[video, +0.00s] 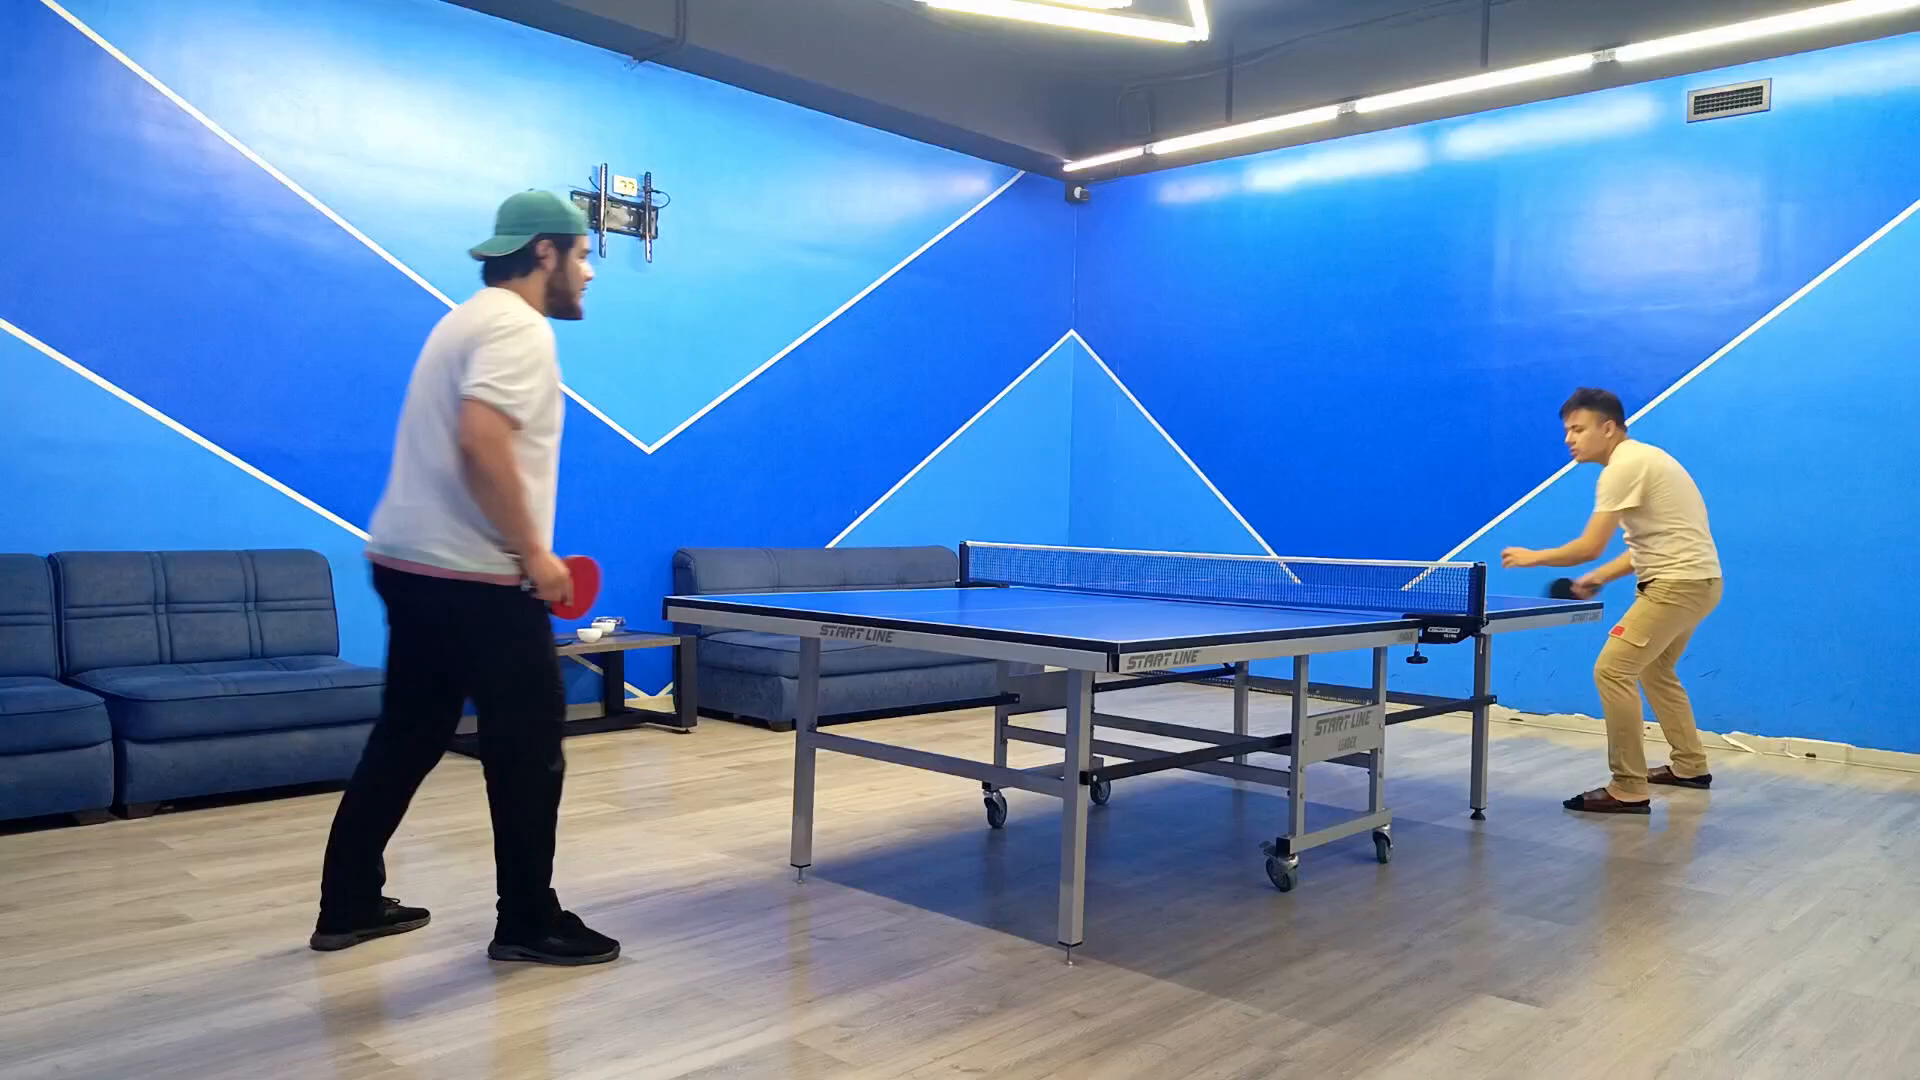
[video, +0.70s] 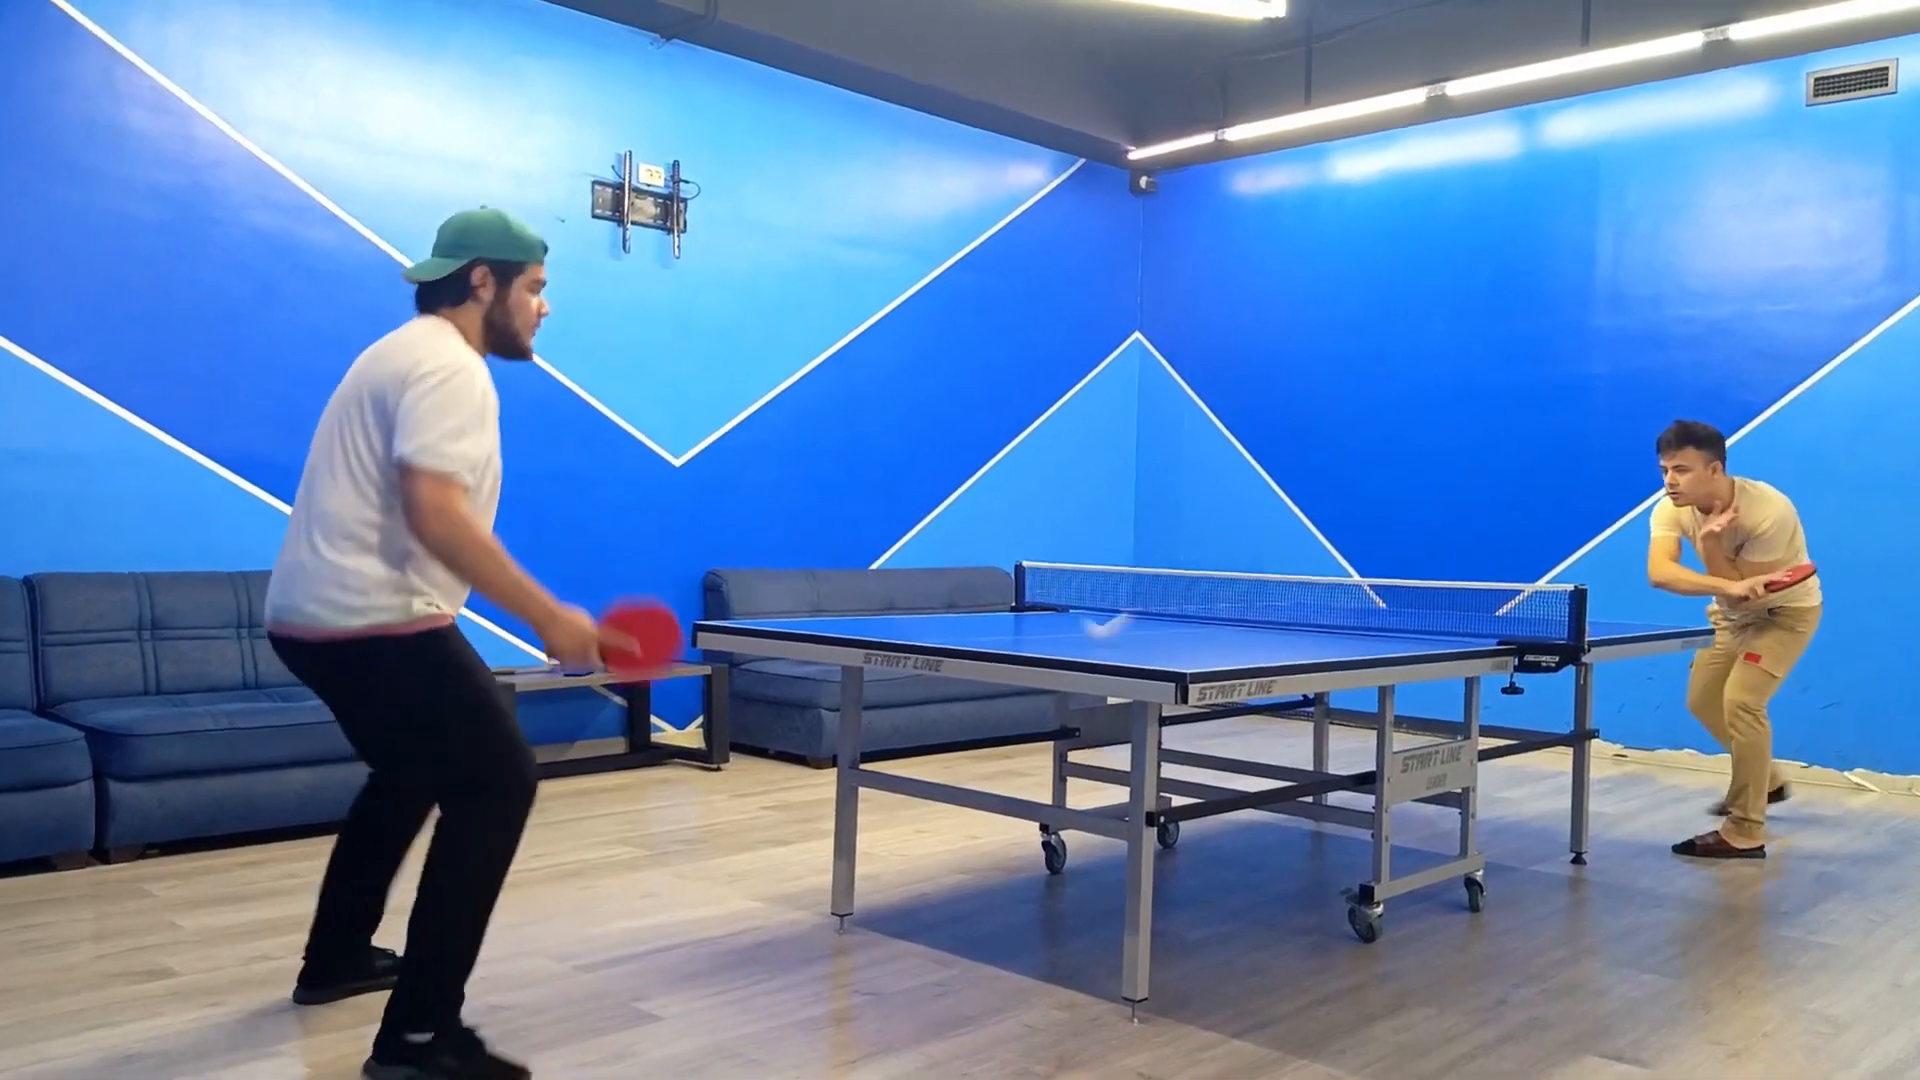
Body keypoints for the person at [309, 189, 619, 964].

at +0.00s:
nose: (589, 273)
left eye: (589, 258)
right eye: (583, 258)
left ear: (517, 259)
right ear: (543, 256)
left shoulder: (464, 320)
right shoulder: (518, 327)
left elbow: (449, 457)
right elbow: (481, 442)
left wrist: (533, 556)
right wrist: (536, 557)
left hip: (416, 570)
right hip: (478, 579)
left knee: (411, 734)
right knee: (528, 743)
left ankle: (347, 903)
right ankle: (529, 918)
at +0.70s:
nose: (544, 306)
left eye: (544, 289)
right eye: (534, 288)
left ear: (471, 287)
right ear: (481, 284)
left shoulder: (399, 353)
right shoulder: (447, 366)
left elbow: (401, 515)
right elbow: (436, 516)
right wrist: (554, 621)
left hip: (321, 616)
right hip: (379, 620)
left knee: (409, 769)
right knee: (499, 782)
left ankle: (336, 955)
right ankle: (422, 1028)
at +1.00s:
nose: (463, 323)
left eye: (461, 304)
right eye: (450, 302)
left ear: (382, 300)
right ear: (388, 298)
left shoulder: (298, 381)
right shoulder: (362, 408)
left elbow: (291, 540)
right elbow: (478, 556)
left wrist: (382, 616)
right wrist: (649, 575)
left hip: (235, 671)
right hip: (296, 677)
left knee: (347, 799)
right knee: (457, 826)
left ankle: (306, 977)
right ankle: (388, 1062)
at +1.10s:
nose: (381, 276)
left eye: (379, 256)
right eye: (370, 255)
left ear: (303, 259)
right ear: (311, 256)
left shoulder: (208, 344)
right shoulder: (291, 375)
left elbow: (244, 503)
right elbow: (388, 534)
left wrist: (351, 578)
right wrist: (562, 581)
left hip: (145, 651)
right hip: (225, 659)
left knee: (259, 789)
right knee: (372, 821)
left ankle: (193, 997)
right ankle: (342, 1054)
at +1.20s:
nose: (287, 239)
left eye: (283, 217)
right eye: (273, 216)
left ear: (207, 220)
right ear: (217, 218)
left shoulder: (115, 316)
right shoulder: (189, 340)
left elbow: (164, 493)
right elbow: (224, 514)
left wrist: (273, 560)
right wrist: (403, 599)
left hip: (65, 637)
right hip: (141, 644)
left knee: (154, 806)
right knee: (274, 818)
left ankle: (9, 1015)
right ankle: (295, 1052)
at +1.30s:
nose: (242, 222)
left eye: (238, 200)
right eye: (228, 200)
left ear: (168, 205)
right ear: (167, 201)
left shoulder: (123, 315)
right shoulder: (118, 317)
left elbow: (164, 518)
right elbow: (110, 499)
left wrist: (286, 601)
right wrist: (265, 607)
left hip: (65, 663)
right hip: (116, 664)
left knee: (39, 869)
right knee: (228, 856)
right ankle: (300, 1052)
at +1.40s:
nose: (197, 221)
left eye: (194, 200)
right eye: (181, 198)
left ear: (117, 201)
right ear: (116, 197)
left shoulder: (84, 314)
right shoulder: (52, 312)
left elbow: (86, 501)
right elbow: (7, 493)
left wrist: (197, 593)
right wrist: (124, 638)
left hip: (64, 675)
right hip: (56, 679)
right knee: (184, 880)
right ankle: (296, 1061)